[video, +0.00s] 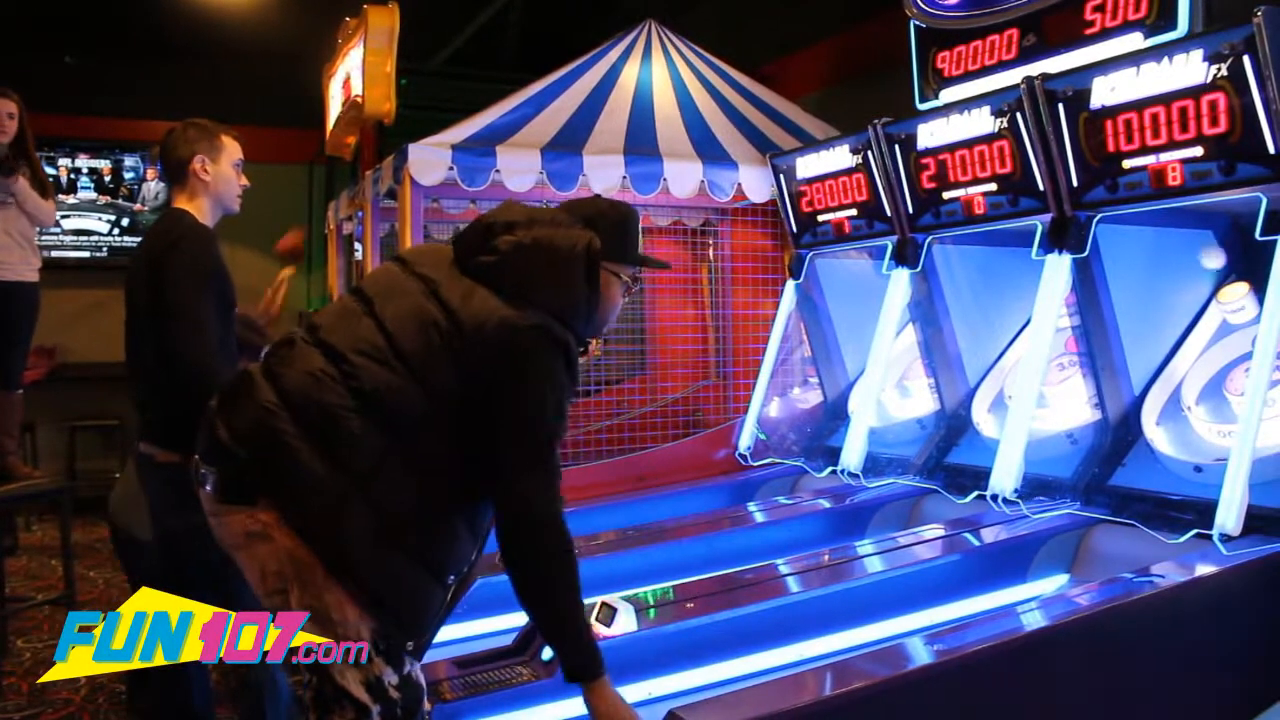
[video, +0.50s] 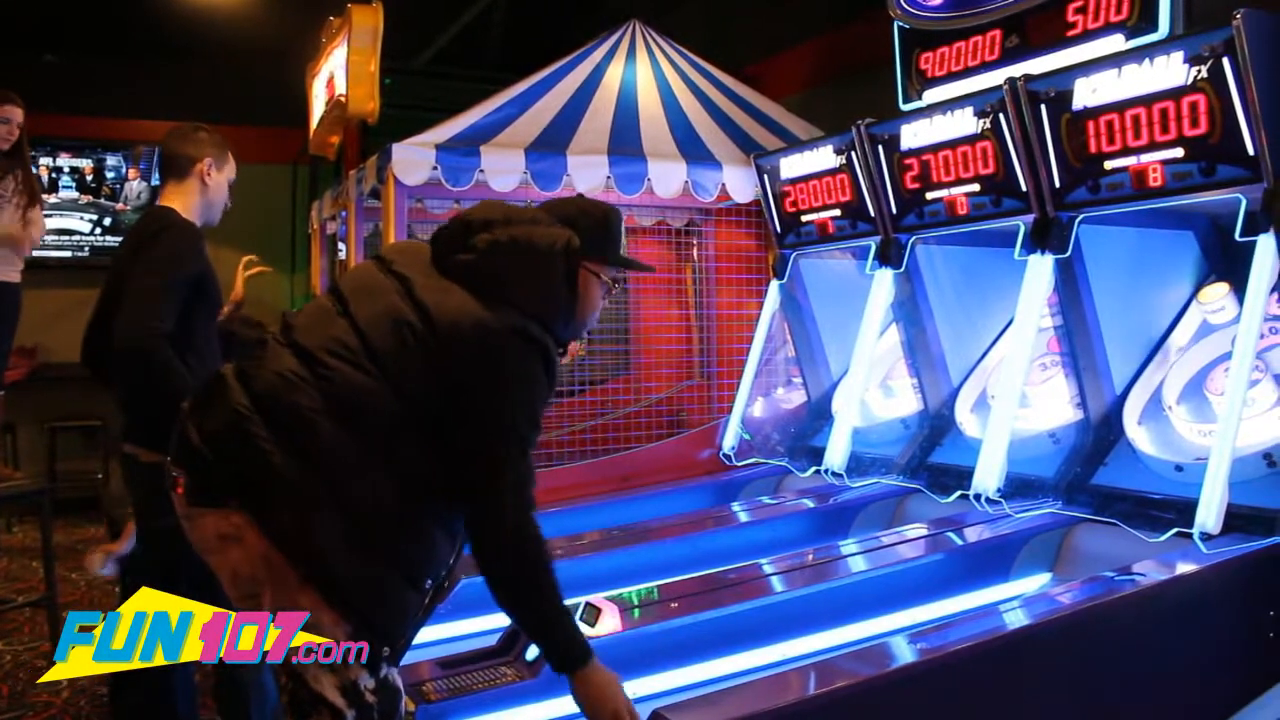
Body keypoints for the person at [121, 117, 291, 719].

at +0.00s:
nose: (244, 180)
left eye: (243, 168)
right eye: (237, 167)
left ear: (194, 171)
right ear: (201, 169)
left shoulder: (165, 239)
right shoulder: (190, 244)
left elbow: (189, 344)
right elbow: (204, 364)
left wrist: (254, 325)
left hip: (159, 458)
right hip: (186, 467)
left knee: (180, 613)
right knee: (233, 609)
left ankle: (173, 704)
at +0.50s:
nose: (229, 196)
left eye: (231, 184)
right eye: (229, 182)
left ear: (180, 170)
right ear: (206, 172)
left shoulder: (148, 233)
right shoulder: (176, 239)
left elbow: (98, 349)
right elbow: (147, 344)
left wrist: (224, 315)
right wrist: (200, 414)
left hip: (147, 453)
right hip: (173, 460)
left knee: (158, 596)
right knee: (211, 603)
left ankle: (151, 704)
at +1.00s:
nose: (231, 197)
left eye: (232, 183)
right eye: (229, 182)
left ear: (182, 174)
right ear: (205, 172)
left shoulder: (141, 234)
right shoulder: (183, 240)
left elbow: (96, 352)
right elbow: (170, 348)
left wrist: (134, 423)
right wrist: (180, 443)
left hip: (141, 444)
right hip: (173, 448)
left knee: (162, 578)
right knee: (185, 586)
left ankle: (160, 696)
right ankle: (171, 700)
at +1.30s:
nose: (237, 188)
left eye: (236, 175)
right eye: (232, 174)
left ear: (187, 174)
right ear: (202, 173)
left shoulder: (150, 235)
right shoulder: (181, 241)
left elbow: (85, 337)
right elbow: (130, 337)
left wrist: (101, 436)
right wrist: (147, 442)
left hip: (159, 453)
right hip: (183, 452)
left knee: (171, 589)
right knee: (200, 596)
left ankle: (157, 692)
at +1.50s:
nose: (234, 187)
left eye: (234, 173)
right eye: (230, 173)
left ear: (186, 173)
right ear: (199, 172)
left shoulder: (149, 239)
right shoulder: (177, 243)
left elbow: (96, 356)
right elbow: (140, 352)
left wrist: (120, 456)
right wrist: (156, 456)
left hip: (159, 462)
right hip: (184, 462)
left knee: (172, 608)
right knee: (197, 610)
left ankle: (168, 706)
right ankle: (179, 707)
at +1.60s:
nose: (230, 188)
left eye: (229, 173)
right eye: (225, 173)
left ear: (180, 173)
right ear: (193, 172)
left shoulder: (146, 239)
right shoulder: (173, 241)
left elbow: (96, 357)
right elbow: (141, 355)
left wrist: (143, 450)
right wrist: (174, 454)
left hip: (156, 459)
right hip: (179, 462)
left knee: (171, 609)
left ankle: (165, 706)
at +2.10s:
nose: (209, 190)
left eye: (208, 177)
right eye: (205, 177)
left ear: (155, 178)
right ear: (178, 176)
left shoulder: (118, 242)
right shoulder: (163, 242)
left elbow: (58, 355)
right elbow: (132, 353)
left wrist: (113, 439)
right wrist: (163, 451)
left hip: (129, 462)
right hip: (164, 462)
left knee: (144, 616)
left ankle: (141, 707)